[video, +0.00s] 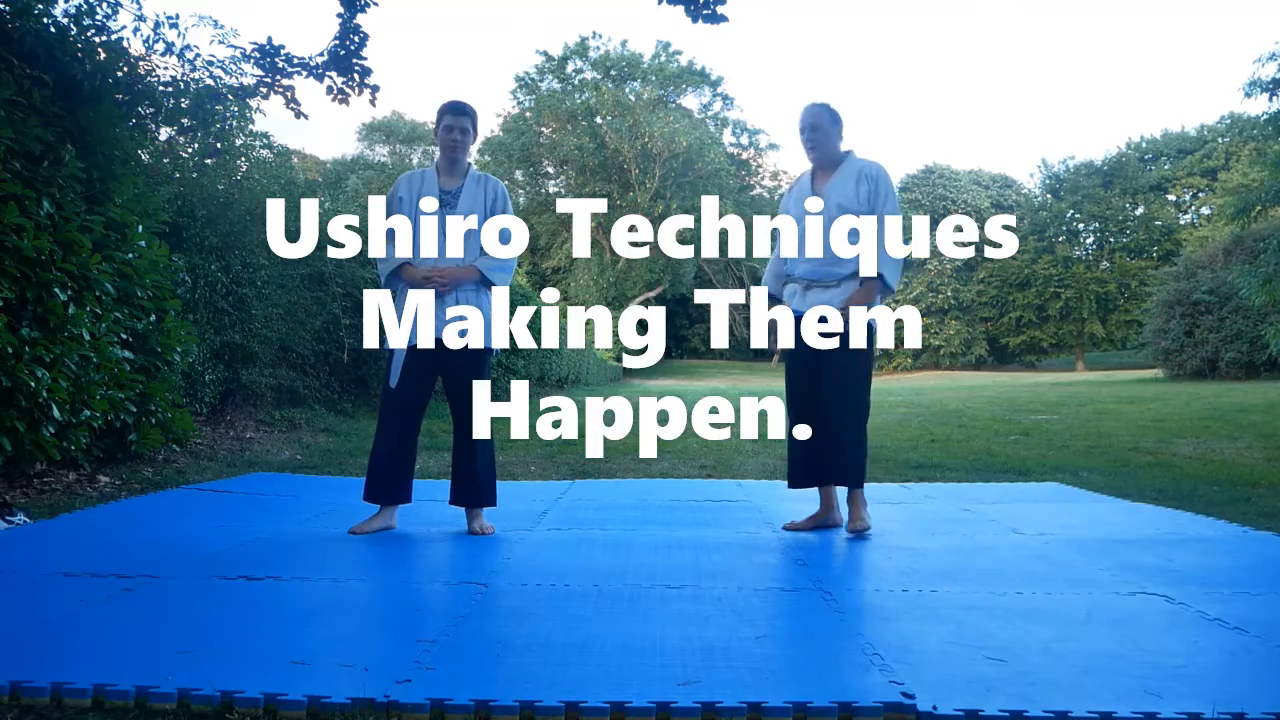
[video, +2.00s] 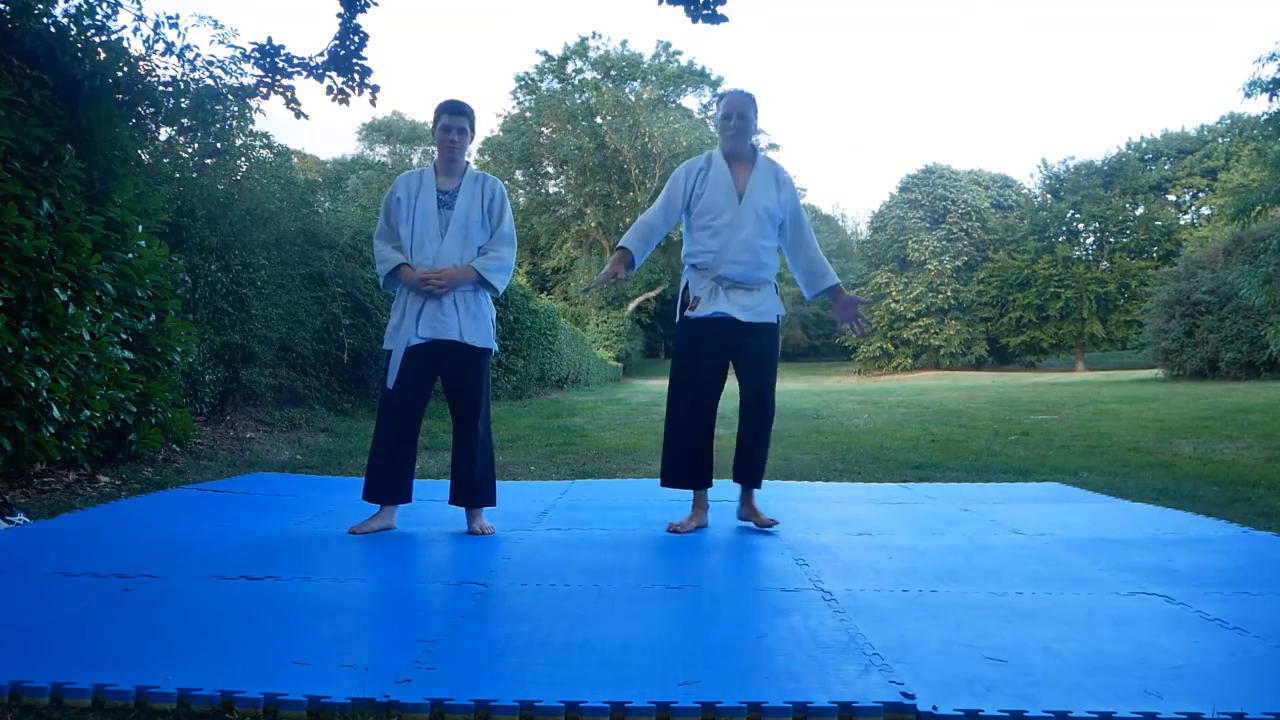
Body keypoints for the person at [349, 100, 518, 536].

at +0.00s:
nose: (456, 137)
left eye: (464, 131)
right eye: (449, 129)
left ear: (475, 139)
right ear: (435, 133)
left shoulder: (492, 190)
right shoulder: (406, 186)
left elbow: (504, 259)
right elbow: (389, 256)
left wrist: (457, 274)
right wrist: (421, 277)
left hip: (470, 322)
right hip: (414, 320)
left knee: (473, 415)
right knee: (399, 411)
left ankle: (475, 512)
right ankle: (387, 510)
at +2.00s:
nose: (452, 137)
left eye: (460, 131)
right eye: (446, 129)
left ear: (472, 139)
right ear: (433, 134)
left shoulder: (491, 190)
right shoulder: (405, 186)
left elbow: (503, 256)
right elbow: (383, 246)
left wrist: (457, 275)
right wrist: (412, 276)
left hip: (469, 321)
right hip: (413, 319)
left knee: (472, 420)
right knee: (397, 415)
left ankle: (475, 513)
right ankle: (387, 510)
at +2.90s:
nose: (502, 156)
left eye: (505, 150)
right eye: (499, 147)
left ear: (490, 146)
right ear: (474, 136)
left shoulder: (488, 197)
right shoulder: (425, 177)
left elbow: (488, 259)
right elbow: (401, 240)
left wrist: (496, 301)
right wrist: (431, 288)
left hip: (469, 323)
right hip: (417, 316)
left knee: (478, 407)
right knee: (396, 412)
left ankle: (464, 507)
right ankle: (387, 510)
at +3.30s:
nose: (553, 167)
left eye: (557, 162)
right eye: (552, 157)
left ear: (540, 156)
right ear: (529, 144)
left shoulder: (525, 209)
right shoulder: (485, 174)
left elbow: (520, 271)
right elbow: (457, 222)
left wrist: (523, 320)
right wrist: (445, 273)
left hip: (500, 317)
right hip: (462, 306)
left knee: (488, 412)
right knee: (447, 404)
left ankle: (463, 505)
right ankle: (422, 497)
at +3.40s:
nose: (557, 168)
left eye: (562, 163)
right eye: (557, 158)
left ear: (544, 154)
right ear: (536, 145)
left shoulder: (528, 207)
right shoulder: (496, 174)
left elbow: (523, 272)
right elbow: (468, 221)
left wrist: (531, 318)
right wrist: (463, 268)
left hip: (502, 320)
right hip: (471, 311)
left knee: (490, 409)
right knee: (466, 406)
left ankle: (465, 503)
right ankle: (455, 503)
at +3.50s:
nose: (567, 170)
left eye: (572, 164)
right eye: (567, 159)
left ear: (551, 155)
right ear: (545, 147)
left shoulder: (532, 199)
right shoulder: (510, 175)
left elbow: (529, 269)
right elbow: (486, 223)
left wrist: (541, 314)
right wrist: (501, 268)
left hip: (507, 315)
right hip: (491, 310)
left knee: (478, 408)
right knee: (505, 406)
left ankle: (461, 506)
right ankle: (512, 509)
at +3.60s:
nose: (573, 170)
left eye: (578, 164)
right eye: (573, 159)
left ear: (554, 152)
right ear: (552, 147)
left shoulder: (533, 190)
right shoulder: (519, 175)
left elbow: (528, 262)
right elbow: (500, 229)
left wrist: (549, 308)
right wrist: (531, 263)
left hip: (511, 310)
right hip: (499, 307)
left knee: (483, 407)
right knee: (517, 408)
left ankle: (462, 506)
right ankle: (543, 511)